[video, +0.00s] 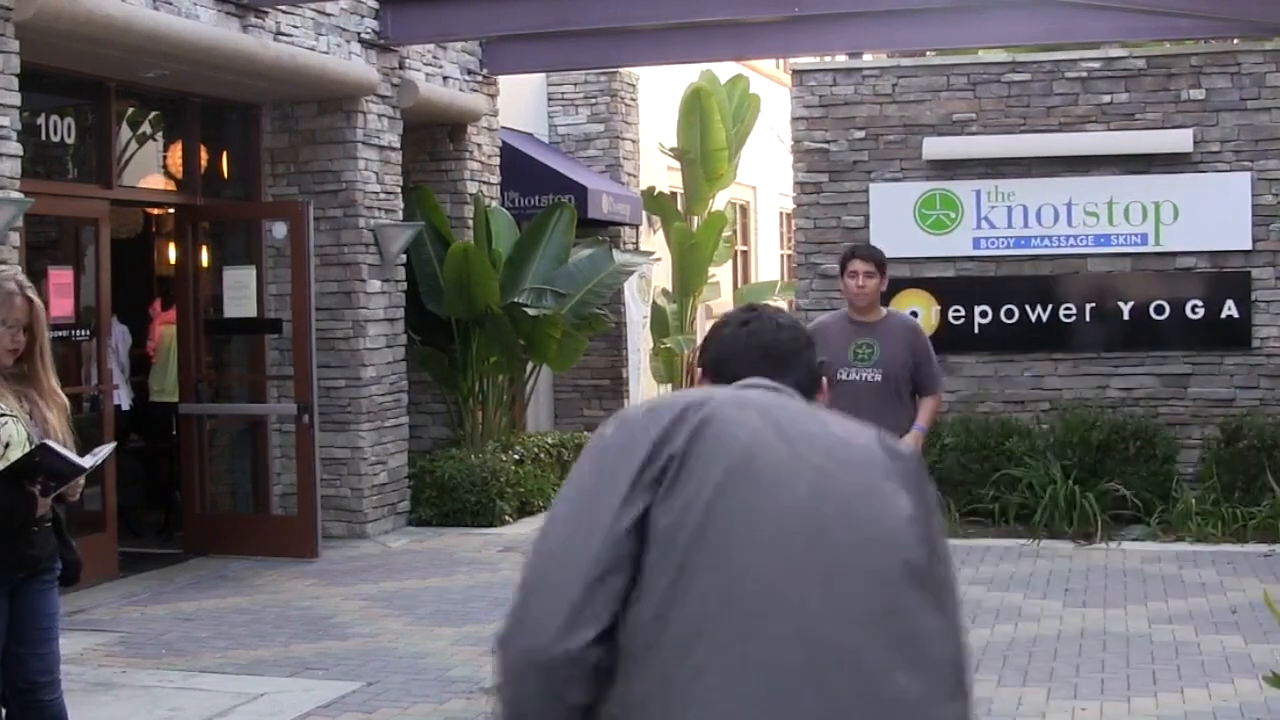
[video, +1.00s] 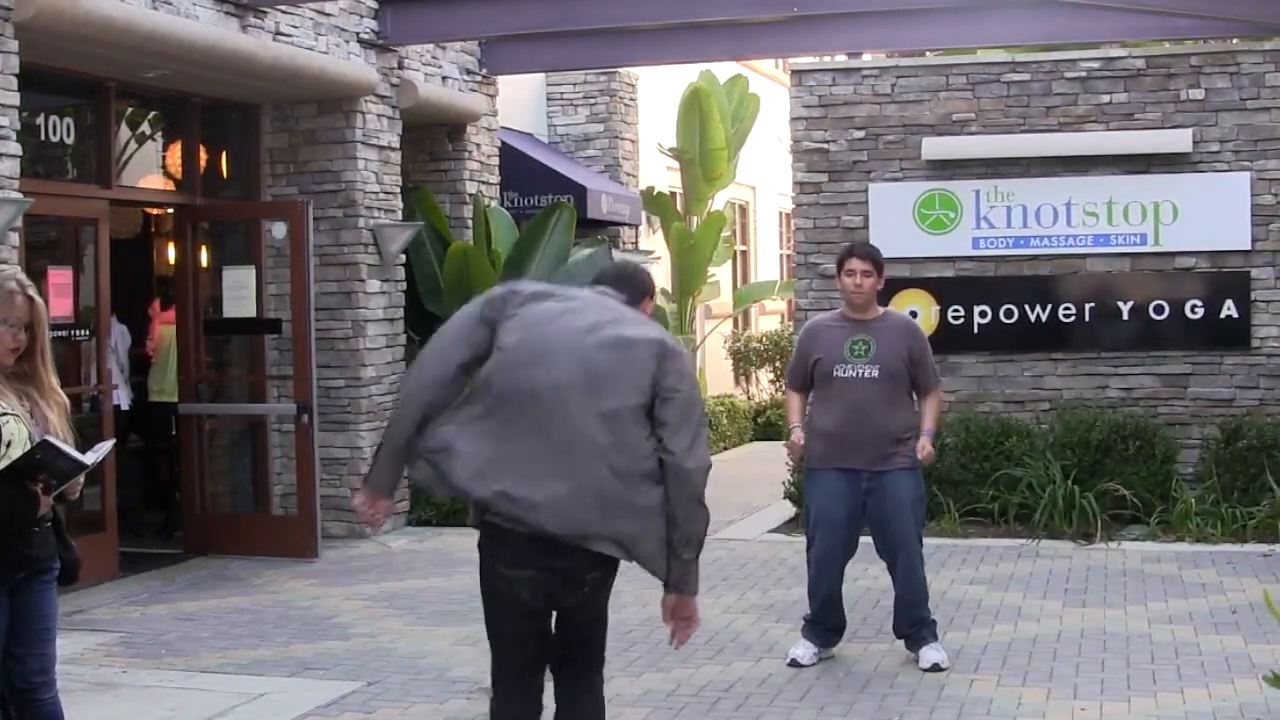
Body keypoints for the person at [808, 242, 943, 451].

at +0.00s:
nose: (860, 283)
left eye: (869, 276)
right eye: (852, 276)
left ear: (883, 282)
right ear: (842, 282)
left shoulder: (908, 332)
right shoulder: (819, 332)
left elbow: (930, 393)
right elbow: (800, 389)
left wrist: (916, 434)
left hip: (893, 458)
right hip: (833, 455)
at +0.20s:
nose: (858, 279)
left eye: (866, 273)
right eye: (850, 272)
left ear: (880, 278)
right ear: (839, 278)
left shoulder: (907, 327)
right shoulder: (817, 328)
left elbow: (931, 390)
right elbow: (796, 389)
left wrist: (926, 437)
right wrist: (798, 438)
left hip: (895, 462)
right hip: (833, 461)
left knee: (907, 547)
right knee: (829, 551)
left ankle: (921, 636)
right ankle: (824, 641)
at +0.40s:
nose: (854, 287)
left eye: (863, 279)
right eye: (847, 279)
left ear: (878, 285)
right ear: (837, 284)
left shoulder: (905, 335)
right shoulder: (817, 337)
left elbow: (934, 395)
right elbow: (795, 399)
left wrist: (926, 435)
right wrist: (803, 408)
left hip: (895, 472)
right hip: (832, 471)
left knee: (907, 557)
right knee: (821, 555)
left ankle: (923, 638)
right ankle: (819, 636)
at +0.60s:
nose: (856, 280)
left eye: (865, 273)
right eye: (849, 272)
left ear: (879, 279)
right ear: (838, 279)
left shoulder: (907, 328)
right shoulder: (818, 331)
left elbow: (934, 390)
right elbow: (801, 389)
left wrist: (926, 432)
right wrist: (806, 421)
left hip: (898, 466)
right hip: (833, 465)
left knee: (911, 554)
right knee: (825, 553)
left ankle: (923, 638)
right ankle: (819, 635)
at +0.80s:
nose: (858, 283)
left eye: (866, 276)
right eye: (850, 276)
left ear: (881, 282)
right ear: (839, 283)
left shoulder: (908, 331)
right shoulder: (817, 334)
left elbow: (933, 392)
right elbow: (798, 390)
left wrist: (935, 444)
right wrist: (794, 437)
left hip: (899, 462)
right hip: (832, 464)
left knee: (910, 550)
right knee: (826, 551)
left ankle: (922, 637)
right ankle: (818, 635)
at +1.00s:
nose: (856, 281)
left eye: (865, 274)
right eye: (849, 273)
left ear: (879, 280)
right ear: (838, 280)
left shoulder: (906, 330)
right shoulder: (815, 331)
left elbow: (930, 390)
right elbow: (796, 386)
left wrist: (926, 434)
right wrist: (796, 426)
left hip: (895, 464)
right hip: (830, 465)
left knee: (906, 552)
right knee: (825, 553)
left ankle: (923, 637)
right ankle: (818, 636)